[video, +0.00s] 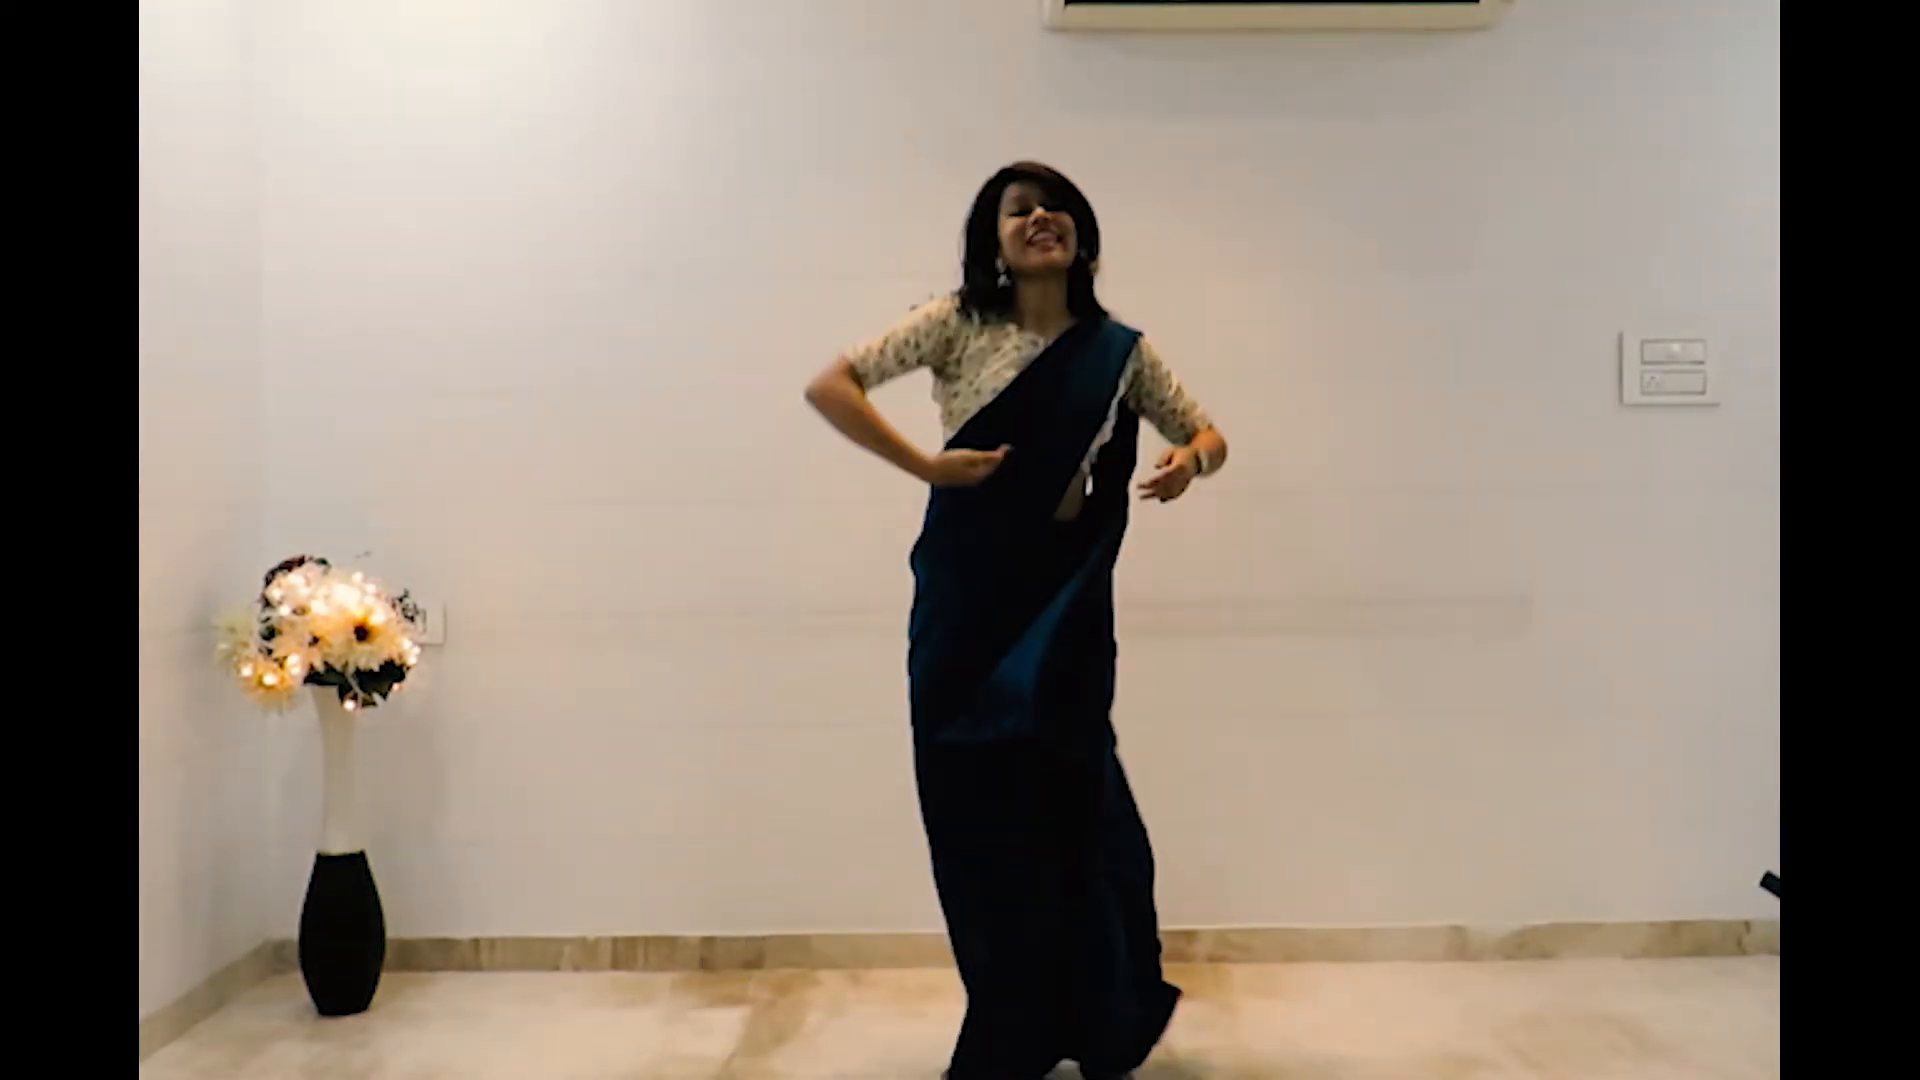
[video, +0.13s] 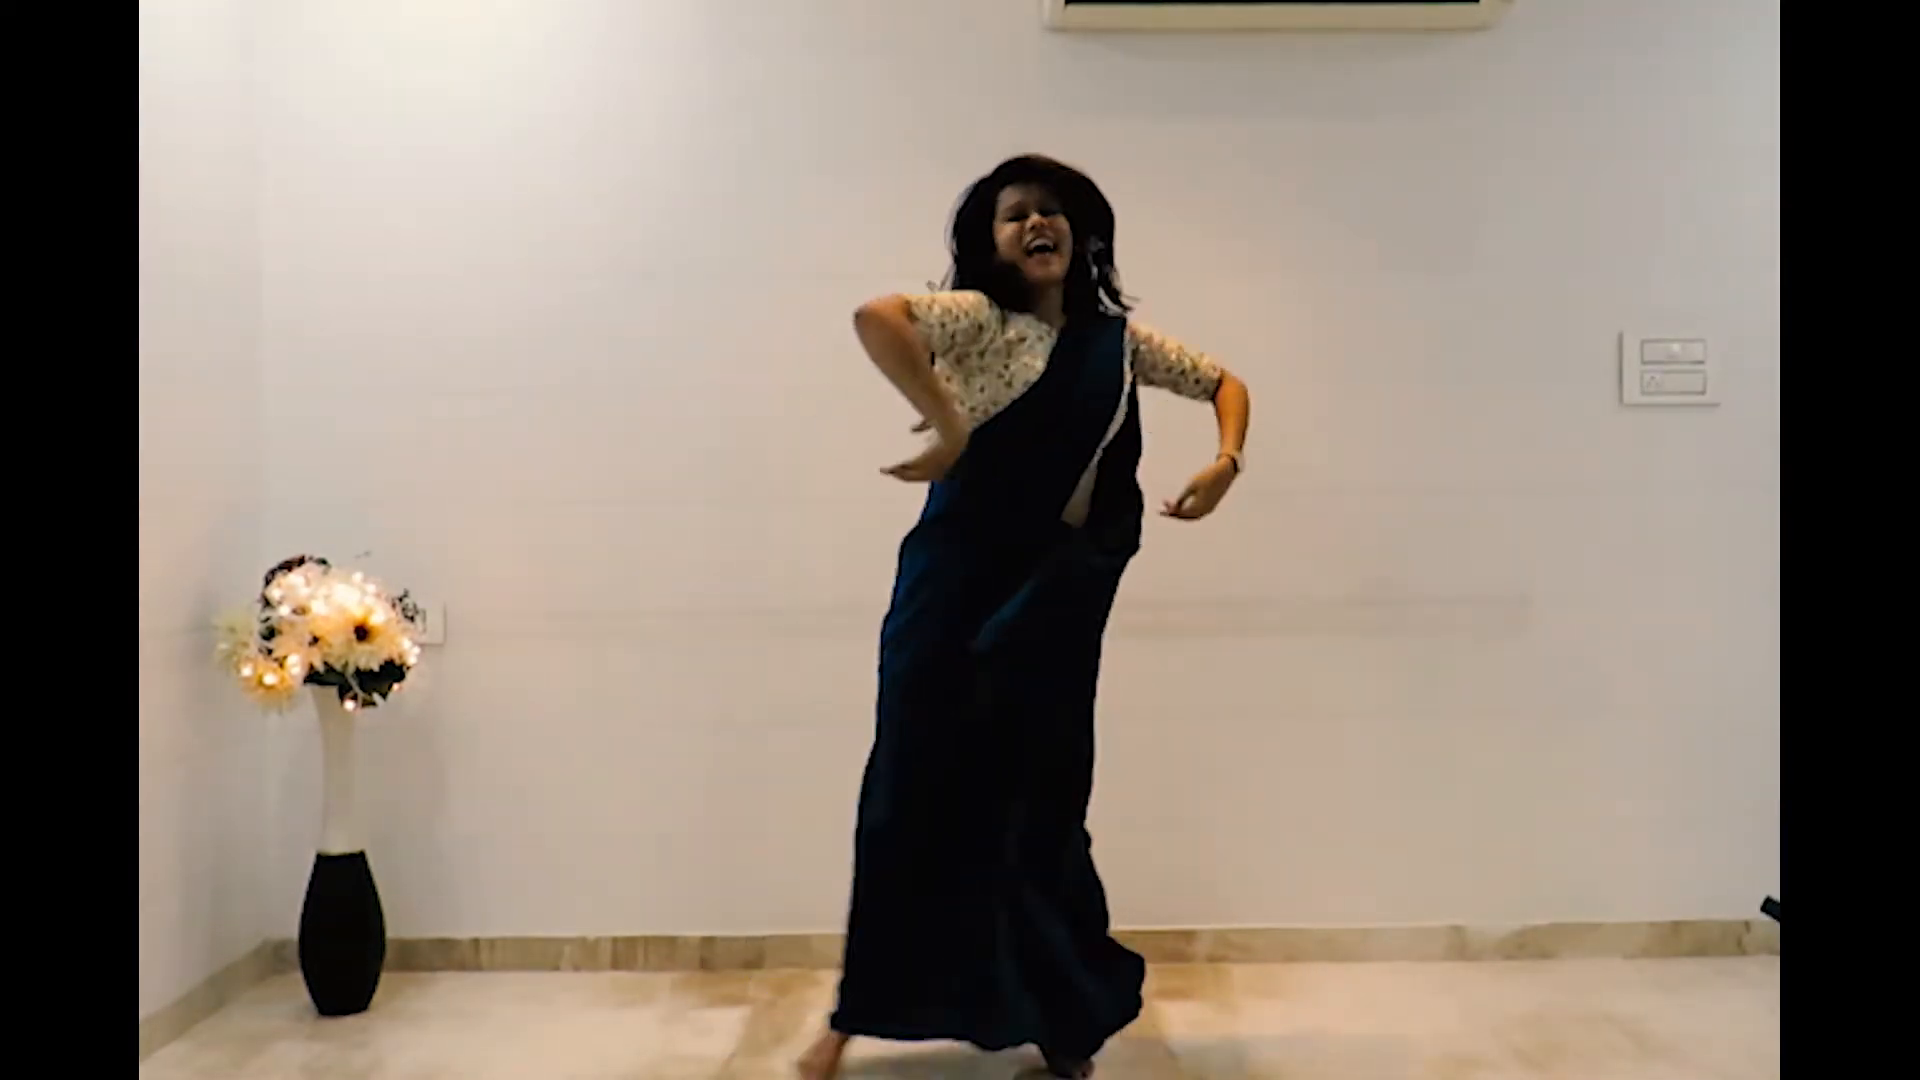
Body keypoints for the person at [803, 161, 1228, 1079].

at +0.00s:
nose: (1041, 217)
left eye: (1056, 206)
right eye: (1020, 208)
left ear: (1081, 236)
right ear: (992, 239)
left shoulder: (1120, 347)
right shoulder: (956, 324)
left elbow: (1207, 438)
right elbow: (828, 387)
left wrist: (1188, 461)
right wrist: (924, 464)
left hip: (1067, 598)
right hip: (965, 594)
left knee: (1061, 790)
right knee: (972, 802)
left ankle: (1097, 1017)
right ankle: (1003, 1025)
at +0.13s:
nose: (1037, 224)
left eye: (1051, 210)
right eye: (1016, 216)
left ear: (1080, 231)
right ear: (989, 242)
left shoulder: (1114, 336)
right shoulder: (976, 319)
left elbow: (1227, 385)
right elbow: (876, 318)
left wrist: (1226, 461)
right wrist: (945, 426)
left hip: (1055, 596)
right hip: (951, 584)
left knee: (1046, 799)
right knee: (907, 788)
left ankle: (1063, 1028)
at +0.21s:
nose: (1033, 256)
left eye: (1046, 242)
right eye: (1012, 248)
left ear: (1076, 262)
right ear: (986, 273)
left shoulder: (1104, 372)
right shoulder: (978, 343)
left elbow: (1212, 401)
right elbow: (911, 339)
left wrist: (1247, 469)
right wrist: (1002, 428)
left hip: (1058, 637)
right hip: (958, 627)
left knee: (1050, 821)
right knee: (887, 815)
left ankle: (1034, 1027)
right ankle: (762, 1037)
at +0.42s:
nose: (1007, 299)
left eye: (1023, 286)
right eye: (988, 286)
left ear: (1047, 310)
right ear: (962, 309)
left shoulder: (1053, 422)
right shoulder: (949, 400)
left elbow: (1146, 516)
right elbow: (1013, 478)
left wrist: (1254, 461)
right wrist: (1079, 370)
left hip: (1036, 670)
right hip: (938, 670)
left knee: (1056, 867)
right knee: (881, 857)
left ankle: (1066, 1054)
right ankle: (756, 1051)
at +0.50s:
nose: (1004, 308)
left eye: (1017, 295)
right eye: (984, 296)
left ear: (1040, 313)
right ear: (951, 317)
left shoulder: (1055, 414)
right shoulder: (952, 414)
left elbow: (1140, 504)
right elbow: (1054, 504)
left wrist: (1253, 463)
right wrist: (1100, 409)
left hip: (1017, 660)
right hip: (924, 656)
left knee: (1037, 863)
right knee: (863, 844)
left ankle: (1055, 1050)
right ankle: (746, 1045)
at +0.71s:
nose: (1007, 303)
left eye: (1024, 290)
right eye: (990, 286)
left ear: (1044, 306)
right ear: (959, 298)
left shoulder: (1078, 401)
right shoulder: (932, 398)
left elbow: (1142, 501)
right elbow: (886, 511)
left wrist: (1117, 537)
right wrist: (1017, 539)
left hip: (1032, 652)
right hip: (926, 649)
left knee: (1023, 844)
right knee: (866, 834)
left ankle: (1013, 1039)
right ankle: (778, 1041)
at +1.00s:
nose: (1037, 251)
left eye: (1056, 249)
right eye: (1025, 235)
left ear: (1067, 281)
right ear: (986, 248)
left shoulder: (1055, 348)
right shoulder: (932, 335)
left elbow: (1135, 376)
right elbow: (799, 321)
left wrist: (1030, 439)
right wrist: (810, 397)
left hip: (1035, 590)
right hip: (942, 594)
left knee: (1099, 793)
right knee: (959, 807)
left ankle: (1197, 993)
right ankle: (974, 1022)